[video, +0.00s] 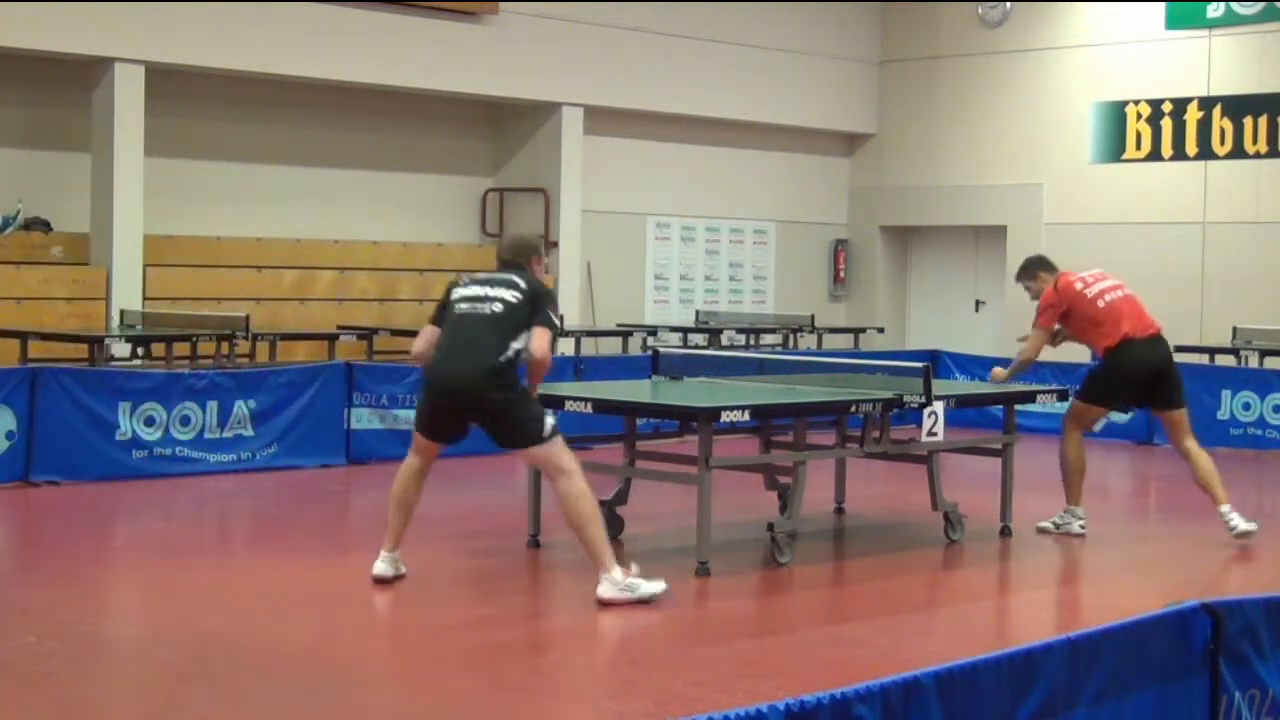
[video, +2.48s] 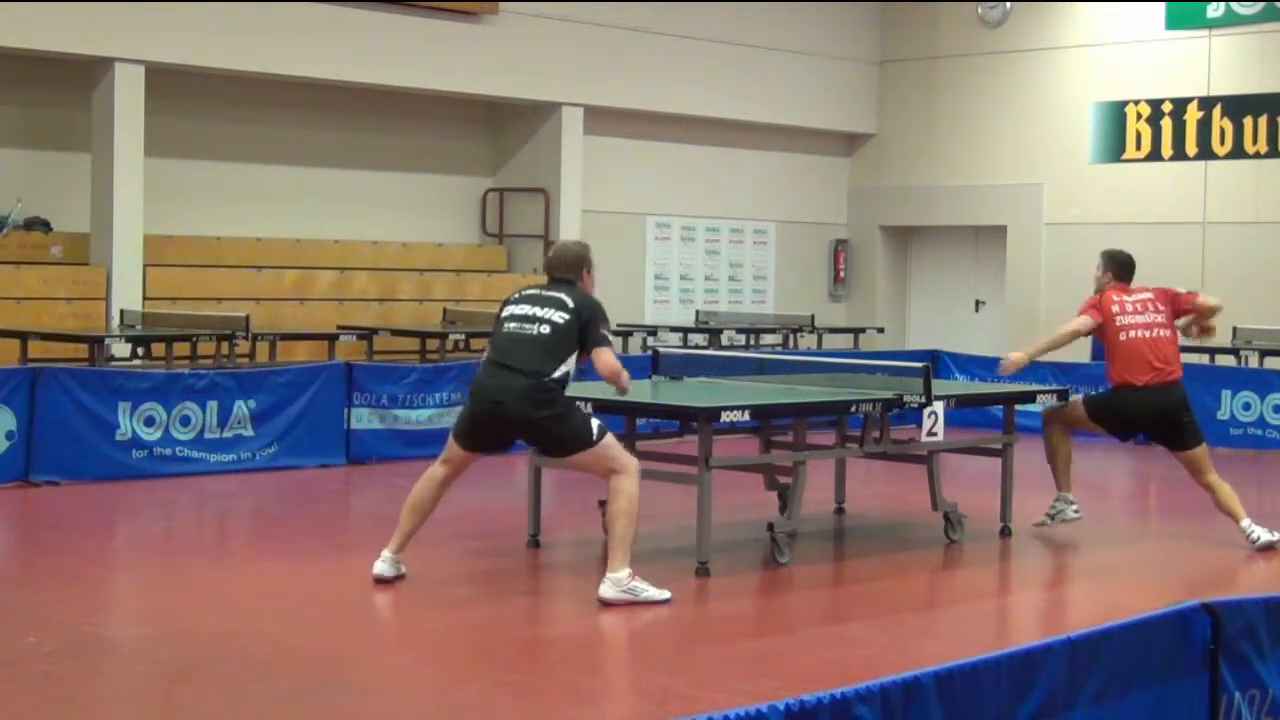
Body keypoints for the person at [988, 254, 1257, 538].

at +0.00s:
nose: (1032, 296)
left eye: (1030, 288)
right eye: (1028, 291)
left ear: (1041, 277)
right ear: (1053, 271)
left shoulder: (1055, 293)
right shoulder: (1092, 276)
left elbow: (1031, 353)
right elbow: (1097, 317)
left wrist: (1007, 373)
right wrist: (1064, 335)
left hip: (1121, 359)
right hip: (1159, 351)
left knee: (1073, 427)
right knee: (1186, 441)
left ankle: (1073, 514)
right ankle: (1229, 514)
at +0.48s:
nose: (1026, 336)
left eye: (1026, 330)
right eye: (1024, 331)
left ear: (1038, 321)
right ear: (1052, 315)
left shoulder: (1048, 336)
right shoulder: (1086, 321)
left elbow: (1011, 374)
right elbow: (1068, 361)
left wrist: (989, 360)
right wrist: (1025, 360)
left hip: (1117, 401)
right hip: (1155, 394)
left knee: (1053, 431)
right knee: (1196, 477)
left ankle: (1071, 515)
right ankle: (1253, 529)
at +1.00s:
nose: (1025, 336)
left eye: (1024, 329)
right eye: (1023, 331)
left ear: (1037, 321)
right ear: (1050, 316)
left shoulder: (1047, 336)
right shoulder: (1084, 323)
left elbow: (1010, 374)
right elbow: (1063, 359)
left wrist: (987, 358)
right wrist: (1021, 359)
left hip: (1116, 403)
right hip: (1154, 396)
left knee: (1052, 431)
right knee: (1197, 478)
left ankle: (1072, 516)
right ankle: (1252, 529)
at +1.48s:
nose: (1031, 337)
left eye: (1031, 329)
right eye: (1030, 331)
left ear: (1045, 321)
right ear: (1059, 318)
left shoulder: (1052, 340)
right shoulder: (1094, 327)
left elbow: (1013, 374)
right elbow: (1075, 363)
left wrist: (987, 364)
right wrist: (1030, 362)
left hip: (1116, 416)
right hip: (1154, 408)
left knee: (1050, 431)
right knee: (1197, 485)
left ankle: (1071, 515)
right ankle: (1247, 529)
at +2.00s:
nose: (1070, 292)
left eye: (1073, 286)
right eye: (1071, 287)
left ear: (1086, 288)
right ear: (1103, 286)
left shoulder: (1083, 307)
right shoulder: (1132, 310)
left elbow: (1028, 301)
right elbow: (1101, 319)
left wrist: (1012, 266)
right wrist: (1067, 303)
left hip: (1121, 412)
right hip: (1160, 409)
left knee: (1054, 432)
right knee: (1202, 481)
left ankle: (1071, 515)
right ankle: (1248, 528)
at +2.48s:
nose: (1094, 277)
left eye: (1097, 272)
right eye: (1096, 271)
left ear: (1107, 275)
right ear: (1129, 277)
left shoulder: (1102, 301)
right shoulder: (1162, 295)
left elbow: (1079, 329)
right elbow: (1212, 306)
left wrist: (1027, 355)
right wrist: (1196, 323)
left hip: (1129, 401)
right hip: (1173, 400)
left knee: (1056, 417)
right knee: (1209, 477)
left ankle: (1064, 500)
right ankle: (1250, 528)